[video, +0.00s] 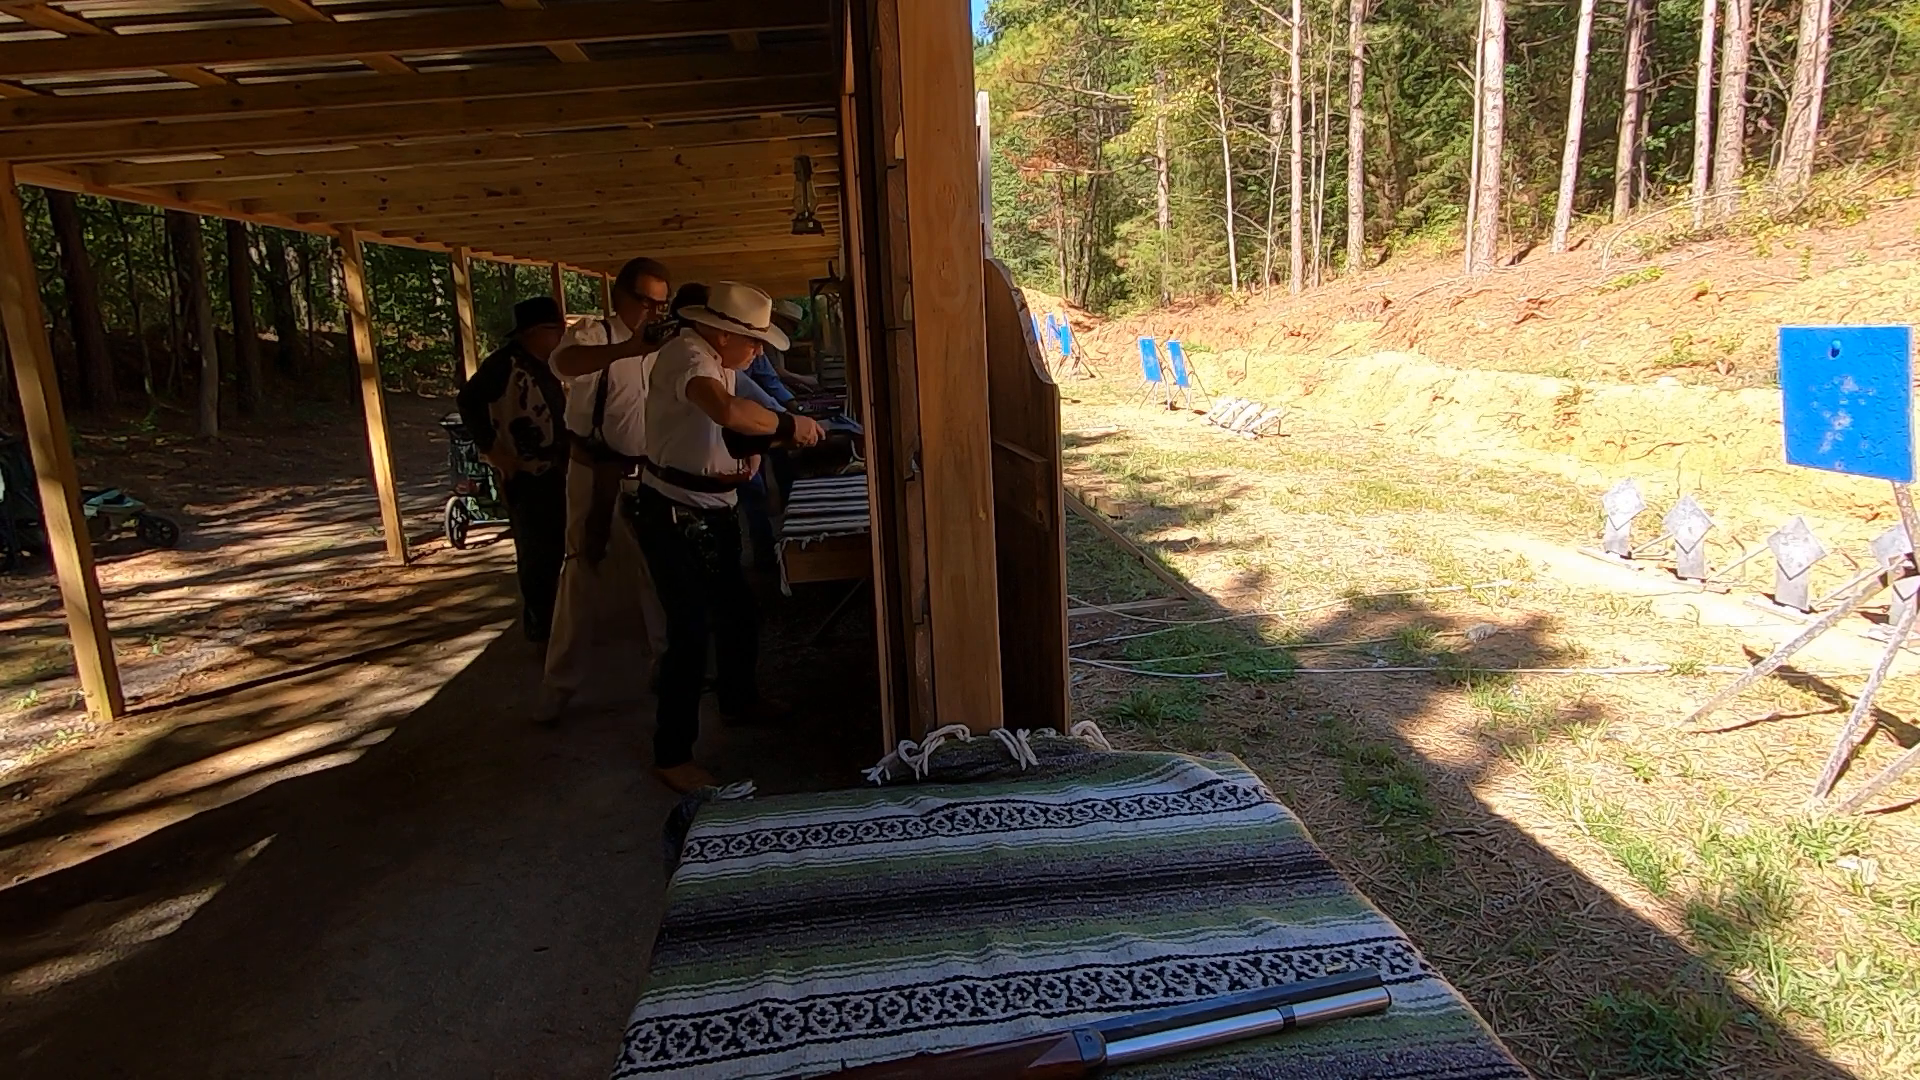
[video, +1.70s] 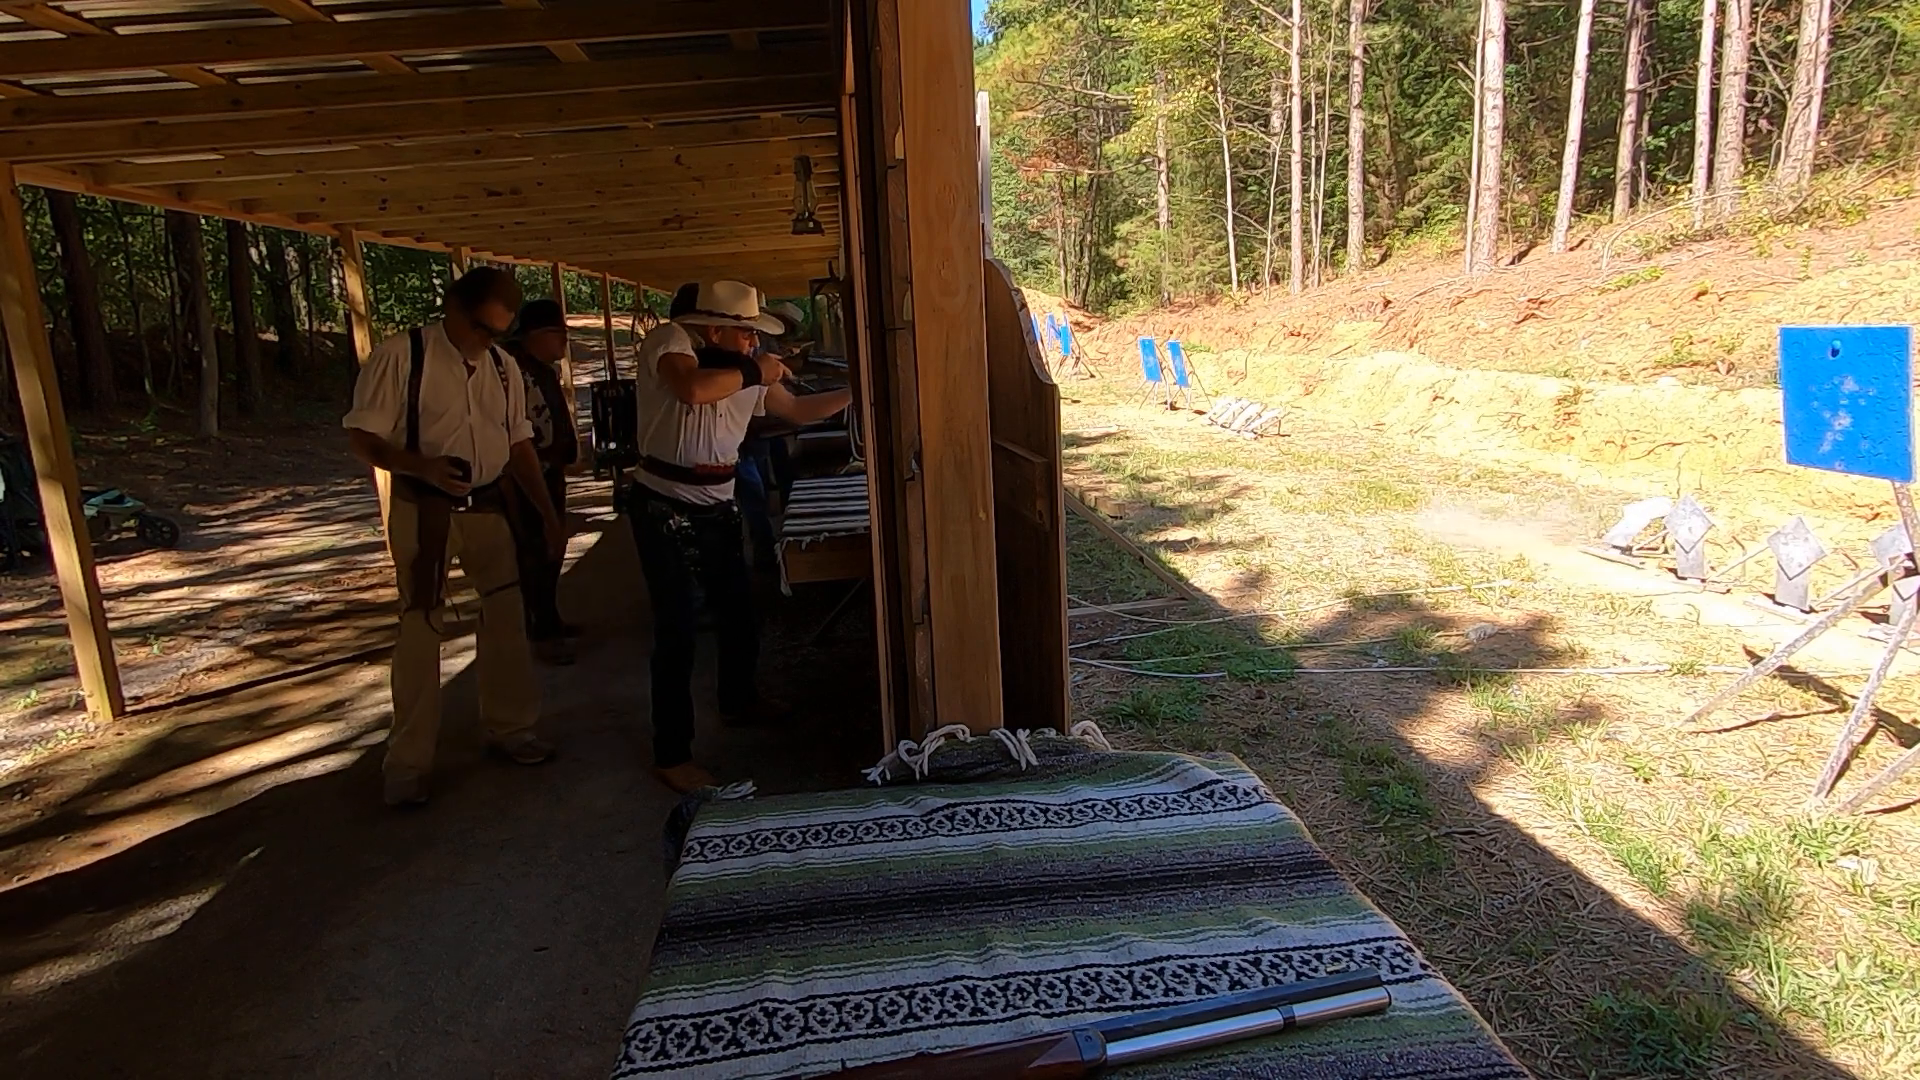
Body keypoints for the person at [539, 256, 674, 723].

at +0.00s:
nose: (655, 312)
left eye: (661, 305)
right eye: (648, 303)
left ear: (665, 305)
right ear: (621, 296)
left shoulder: (661, 343)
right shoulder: (594, 331)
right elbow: (562, 362)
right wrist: (631, 348)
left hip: (650, 471)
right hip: (595, 472)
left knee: (657, 574)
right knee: (581, 576)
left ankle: (667, 665)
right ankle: (557, 687)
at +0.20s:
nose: (615, 311)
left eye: (620, 304)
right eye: (605, 303)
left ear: (624, 304)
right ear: (577, 301)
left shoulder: (627, 351)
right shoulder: (549, 343)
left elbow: (640, 408)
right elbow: (512, 397)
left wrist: (644, 443)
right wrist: (573, 383)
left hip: (623, 475)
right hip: (567, 479)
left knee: (646, 575)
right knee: (559, 582)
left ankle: (666, 669)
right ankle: (544, 694)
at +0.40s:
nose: (568, 309)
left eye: (573, 300)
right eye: (557, 301)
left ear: (577, 301)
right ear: (528, 301)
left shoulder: (593, 354)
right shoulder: (499, 357)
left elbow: (614, 419)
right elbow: (462, 428)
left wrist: (640, 469)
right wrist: (517, 433)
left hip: (591, 480)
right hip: (533, 486)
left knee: (632, 563)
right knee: (537, 586)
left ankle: (663, 659)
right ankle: (543, 696)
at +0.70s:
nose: (525, 307)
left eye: (530, 298)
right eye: (513, 300)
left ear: (536, 299)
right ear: (483, 301)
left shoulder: (558, 353)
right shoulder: (454, 360)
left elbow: (585, 421)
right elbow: (436, 432)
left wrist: (614, 475)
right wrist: (473, 454)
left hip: (560, 481)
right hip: (502, 489)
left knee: (587, 576)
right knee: (520, 591)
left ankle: (594, 690)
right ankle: (539, 697)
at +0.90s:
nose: (515, 311)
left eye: (520, 301)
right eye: (503, 302)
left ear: (525, 302)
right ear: (472, 305)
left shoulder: (550, 358)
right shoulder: (442, 364)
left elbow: (576, 429)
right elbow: (425, 439)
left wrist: (607, 491)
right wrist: (461, 456)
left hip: (546, 490)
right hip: (488, 496)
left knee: (546, 594)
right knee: (511, 602)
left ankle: (532, 718)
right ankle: (538, 702)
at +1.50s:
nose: (501, 327)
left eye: (509, 316)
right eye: (492, 315)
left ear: (514, 313)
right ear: (458, 302)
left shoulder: (523, 364)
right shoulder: (413, 356)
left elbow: (541, 441)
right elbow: (380, 437)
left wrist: (565, 506)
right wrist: (435, 457)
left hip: (507, 502)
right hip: (442, 505)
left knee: (515, 615)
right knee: (451, 618)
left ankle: (512, 727)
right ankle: (464, 721)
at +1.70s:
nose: (491, 339)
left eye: (498, 330)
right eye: (484, 328)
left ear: (503, 322)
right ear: (456, 310)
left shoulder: (504, 367)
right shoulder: (399, 355)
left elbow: (521, 447)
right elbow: (361, 437)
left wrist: (549, 514)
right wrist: (420, 465)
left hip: (488, 512)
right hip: (422, 511)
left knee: (505, 618)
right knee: (421, 631)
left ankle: (511, 731)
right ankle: (407, 769)